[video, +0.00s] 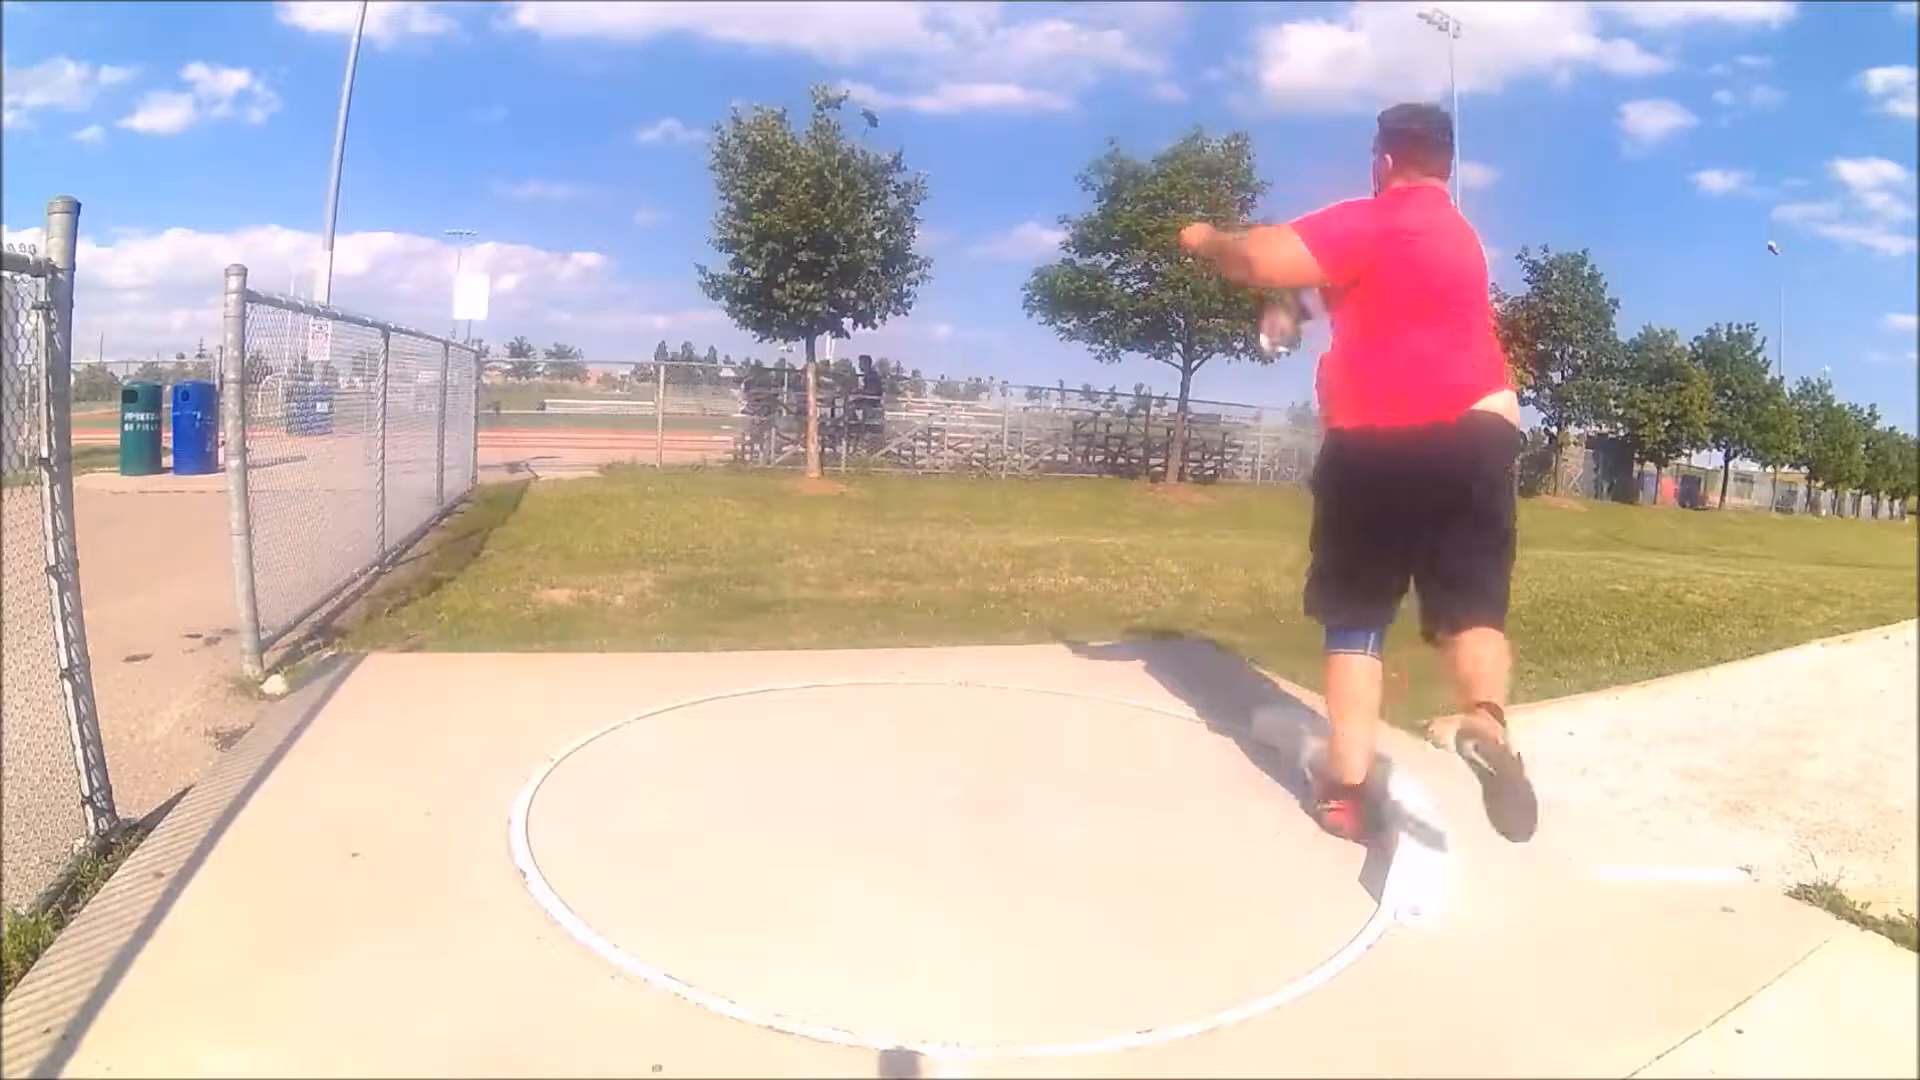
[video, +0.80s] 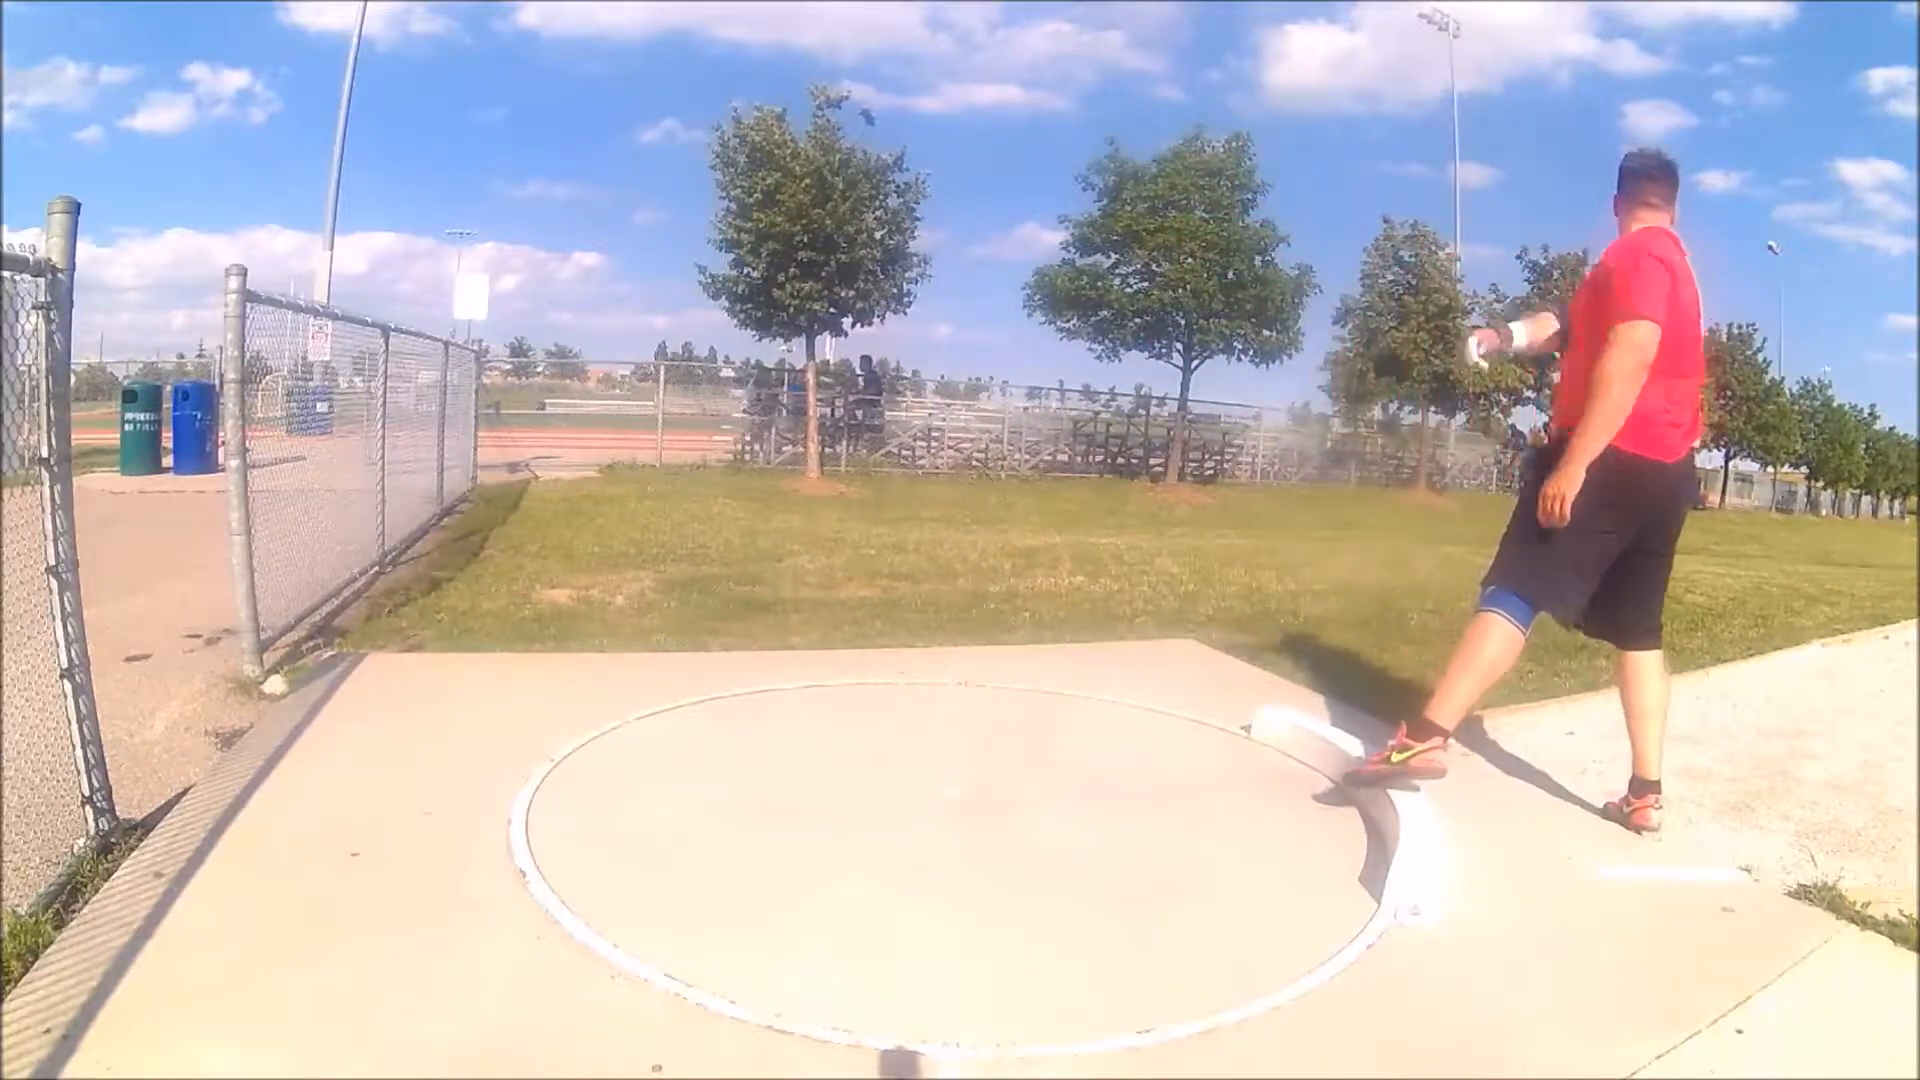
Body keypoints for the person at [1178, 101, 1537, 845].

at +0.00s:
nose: (1375, 169)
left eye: (1376, 159)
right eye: (1381, 160)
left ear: (1384, 161)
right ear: (1447, 166)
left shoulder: (1375, 222)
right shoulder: (1461, 234)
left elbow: (1259, 261)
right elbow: (1369, 278)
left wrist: (1208, 239)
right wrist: (1300, 305)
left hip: (1371, 444)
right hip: (1476, 438)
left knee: (1354, 621)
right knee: (1473, 605)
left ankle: (1350, 795)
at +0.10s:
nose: (1403, 176)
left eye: (1407, 165)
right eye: (1408, 165)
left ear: (1425, 163)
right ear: (1474, 169)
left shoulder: (1448, 220)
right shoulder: (1464, 232)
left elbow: (1391, 264)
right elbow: (1363, 289)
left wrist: (1267, 257)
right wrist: (1283, 317)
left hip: (1420, 453)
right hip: (1514, 447)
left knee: (1385, 622)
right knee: (1540, 616)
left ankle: (1351, 793)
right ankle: (1637, 740)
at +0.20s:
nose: (1441, 190)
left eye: (1447, 177)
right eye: (1444, 178)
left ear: (1471, 178)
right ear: (1506, 182)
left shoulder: (1510, 233)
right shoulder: (1449, 250)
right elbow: (1381, 293)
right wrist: (1306, 301)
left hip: (1468, 464)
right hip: (1552, 464)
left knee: (1415, 632)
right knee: (1581, 626)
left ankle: (1356, 792)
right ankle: (1657, 779)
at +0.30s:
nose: (1487, 206)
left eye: (1494, 193)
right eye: (1489, 193)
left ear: (1526, 195)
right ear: (1536, 197)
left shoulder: (1576, 262)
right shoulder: (1484, 266)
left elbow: (1612, 330)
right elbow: (1422, 287)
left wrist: (1554, 361)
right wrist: (1369, 292)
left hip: (1516, 484)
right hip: (1586, 490)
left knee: (1439, 641)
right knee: (1590, 644)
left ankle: (1361, 794)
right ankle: (1636, 796)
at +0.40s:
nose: (1529, 209)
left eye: (1536, 197)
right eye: (1531, 198)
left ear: (1568, 200)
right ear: (1571, 201)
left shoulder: (1632, 275)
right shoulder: (1522, 265)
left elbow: (1671, 360)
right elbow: (1476, 291)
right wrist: (1446, 297)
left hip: (1547, 476)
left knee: (1461, 622)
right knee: (1607, 640)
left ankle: (1369, 766)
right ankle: (1642, 794)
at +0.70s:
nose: (1606, 214)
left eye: (1607, 204)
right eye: (1613, 205)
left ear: (1616, 199)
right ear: (1666, 204)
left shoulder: (1649, 259)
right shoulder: (1630, 267)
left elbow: (1658, 369)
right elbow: (1560, 306)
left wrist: (1614, 474)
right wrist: (1511, 319)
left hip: (1587, 463)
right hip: (1655, 475)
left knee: (1506, 597)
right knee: (1637, 633)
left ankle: (1423, 736)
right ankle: (1646, 793)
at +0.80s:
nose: (1617, 213)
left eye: (1616, 204)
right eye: (1631, 203)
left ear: (1619, 201)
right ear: (1673, 205)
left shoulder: (1639, 251)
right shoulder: (1666, 262)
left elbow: (1635, 346)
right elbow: (1568, 321)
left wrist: (1576, 459)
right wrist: (1509, 338)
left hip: (1600, 460)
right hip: (1664, 473)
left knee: (1512, 597)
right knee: (1640, 630)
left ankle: (1427, 736)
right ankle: (1646, 792)